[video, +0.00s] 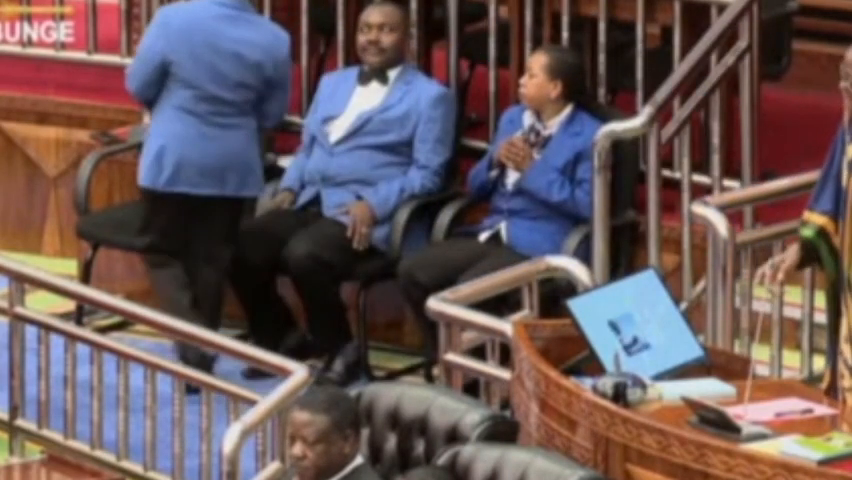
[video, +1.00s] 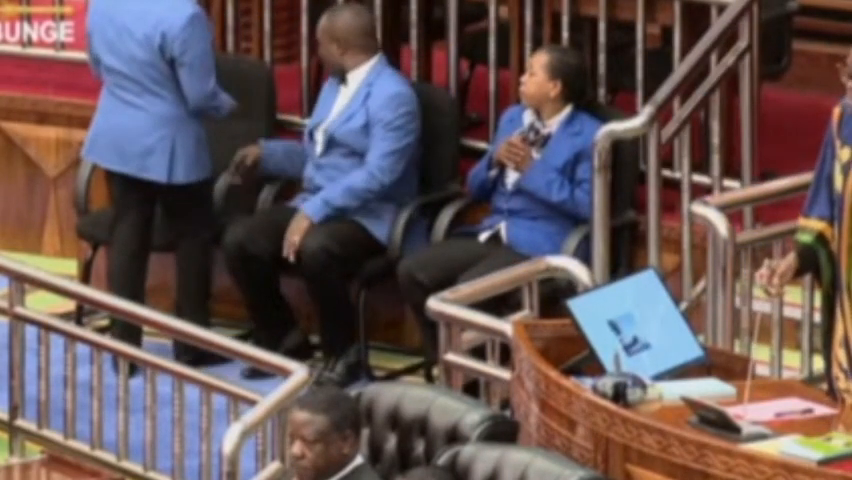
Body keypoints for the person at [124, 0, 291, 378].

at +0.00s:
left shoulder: (173, 19)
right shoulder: (274, 38)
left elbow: (141, 84)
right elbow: (272, 112)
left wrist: (168, 108)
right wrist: (241, 134)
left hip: (173, 160)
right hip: (236, 165)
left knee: (162, 252)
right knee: (212, 266)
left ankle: (190, 340)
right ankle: (198, 367)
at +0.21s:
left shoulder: (145, 12)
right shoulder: (250, 33)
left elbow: (119, 77)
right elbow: (255, 110)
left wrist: (156, 93)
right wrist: (217, 100)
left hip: (148, 154)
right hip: (211, 161)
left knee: (142, 249)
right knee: (202, 257)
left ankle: (127, 354)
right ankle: (196, 368)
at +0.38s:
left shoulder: (123, 10)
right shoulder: (226, 29)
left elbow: (107, 76)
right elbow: (238, 105)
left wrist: (145, 86)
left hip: (135, 147)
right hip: (196, 154)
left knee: (136, 248)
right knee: (195, 253)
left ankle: (127, 355)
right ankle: (193, 367)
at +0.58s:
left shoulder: (98, 8)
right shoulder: (193, 22)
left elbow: (97, 71)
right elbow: (212, 99)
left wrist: (127, 88)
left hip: (117, 147)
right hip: (175, 155)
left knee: (130, 238)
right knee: (186, 250)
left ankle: (127, 350)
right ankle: (195, 357)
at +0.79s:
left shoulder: (95, 8)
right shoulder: (180, 17)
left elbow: (97, 71)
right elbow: (198, 98)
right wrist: (216, 90)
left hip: (112, 143)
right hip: (170, 151)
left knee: (129, 229)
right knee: (198, 235)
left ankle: (126, 346)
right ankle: (187, 343)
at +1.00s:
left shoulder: (101, 7)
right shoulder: (183, 15)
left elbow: (100, 68)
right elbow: (199, 95)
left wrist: (128, 90)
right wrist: (226, 105)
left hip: (116, 139)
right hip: (173, 146)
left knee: (128, 237)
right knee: (194, 238)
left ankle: (125, 349)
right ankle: (192, 345)